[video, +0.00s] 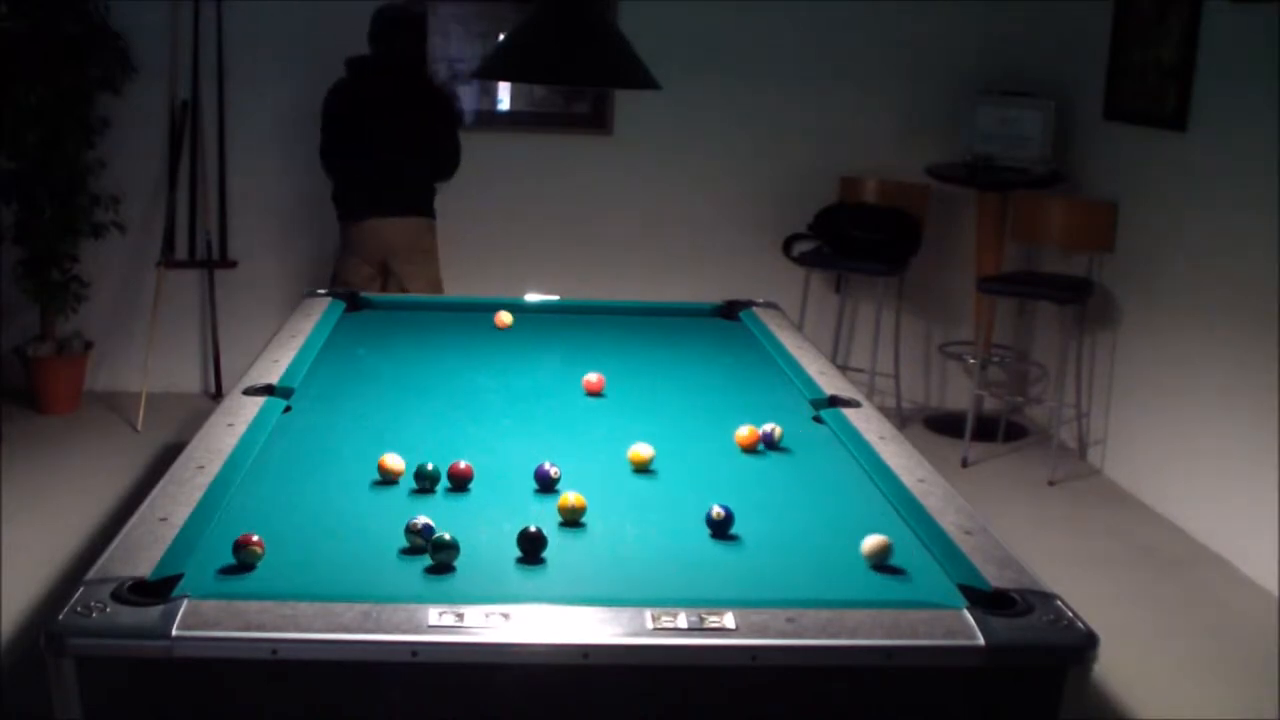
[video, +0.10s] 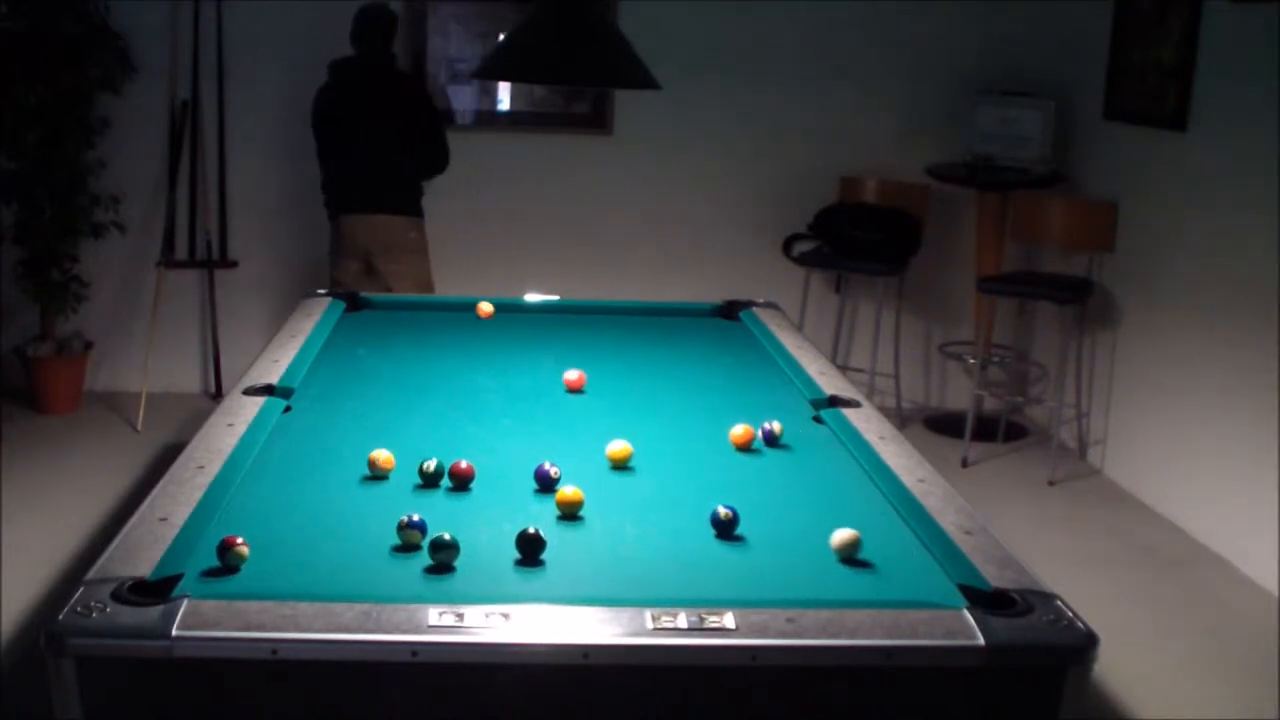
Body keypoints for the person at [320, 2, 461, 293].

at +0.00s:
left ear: (373, 37)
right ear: (420, 41)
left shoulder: (344, 91)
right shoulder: (433, 93)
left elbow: (329, 157)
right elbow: (446, 165)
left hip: (359, 222)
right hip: (413, 223)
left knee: (354, 320)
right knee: (424, 317)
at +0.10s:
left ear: (353, 37)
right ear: (392, 38)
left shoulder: (329, 91)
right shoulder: (409, 87)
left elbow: (325, 154)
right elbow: (436, 158)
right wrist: (403, 173)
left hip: (346, 219)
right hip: (398, 221)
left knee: (350, 317)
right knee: (414, 314)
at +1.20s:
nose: (358, 49)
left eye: (364, 39)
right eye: (349, 40)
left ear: (373, 39)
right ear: (331, 41)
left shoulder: (393, 90)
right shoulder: (310, 94)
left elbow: (410, 154)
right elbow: (310, 172)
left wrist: (406, 201)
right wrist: (376, 177)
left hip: (392, 239)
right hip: (336, 239)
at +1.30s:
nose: (363, 54)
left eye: (371, 43)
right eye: (354, 44)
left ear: (381, 43)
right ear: (338, 44)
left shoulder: (402, 91)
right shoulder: (319, 98)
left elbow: (420, 154)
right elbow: (306, 174)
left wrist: (414, 195)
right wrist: (367, 211)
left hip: (402, 240)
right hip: (346, 244)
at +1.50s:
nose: (402, 62)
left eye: (409, 52)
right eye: (393, 52)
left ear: (421, 54)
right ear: (378, 53)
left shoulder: (435, 102)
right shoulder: (354, 108)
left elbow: (452, 157)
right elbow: (332, 185)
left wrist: (459, 191)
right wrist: (372, 246)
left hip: (429, 247)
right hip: (371, 250)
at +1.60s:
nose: (435, 69)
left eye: (442, 59)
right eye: (426, 59)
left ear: (454, 61)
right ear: (411, 60)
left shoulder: (464, 109)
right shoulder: (385, 112)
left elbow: (477, 163)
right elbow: (356, 185)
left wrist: (487, 200)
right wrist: (394, 249)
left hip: (453, 251)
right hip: (395, 253)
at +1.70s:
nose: (479, 71)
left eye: (486, 62)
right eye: (470, 61)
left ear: (496, 62)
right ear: (453, 61)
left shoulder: (499, 112)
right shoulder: (426, 110)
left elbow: (510, 166)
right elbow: (388, 182)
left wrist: (514, 205)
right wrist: (418, 249)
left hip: (485, 258)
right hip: (431, 263)